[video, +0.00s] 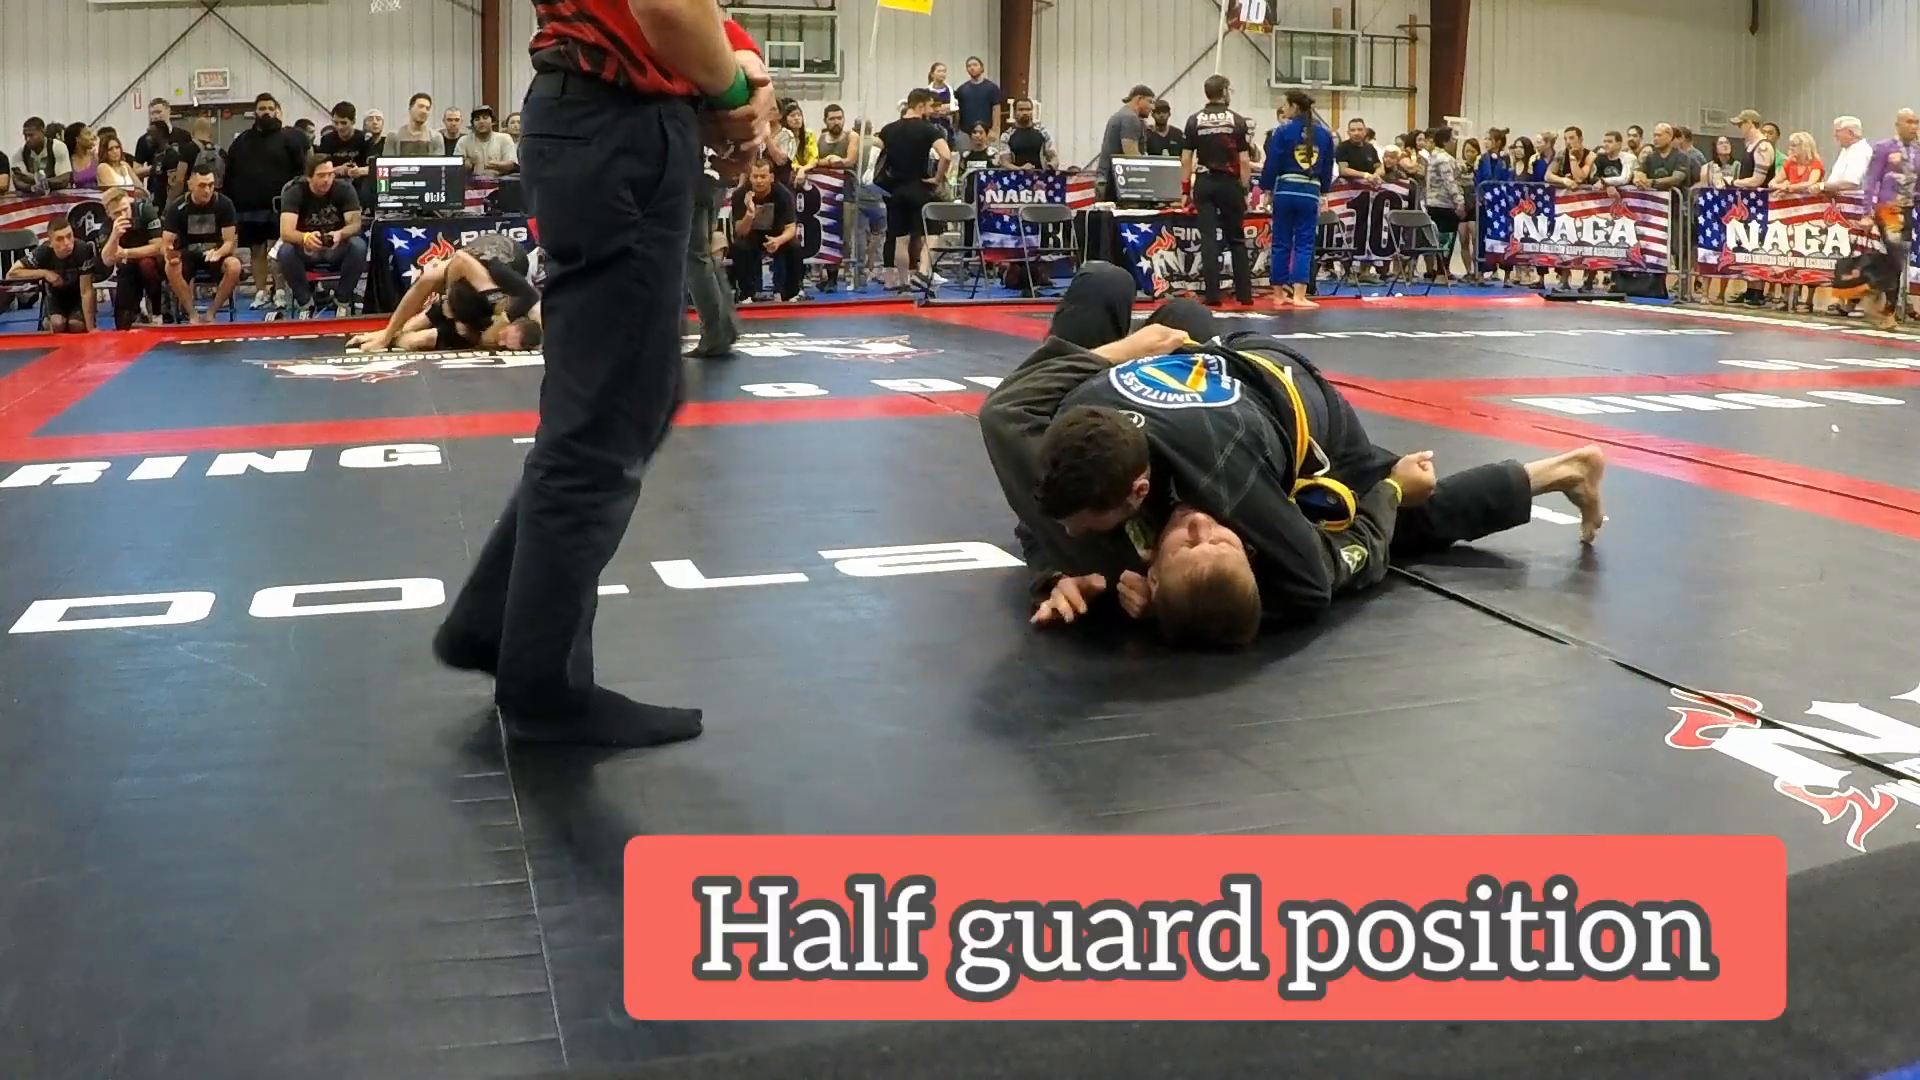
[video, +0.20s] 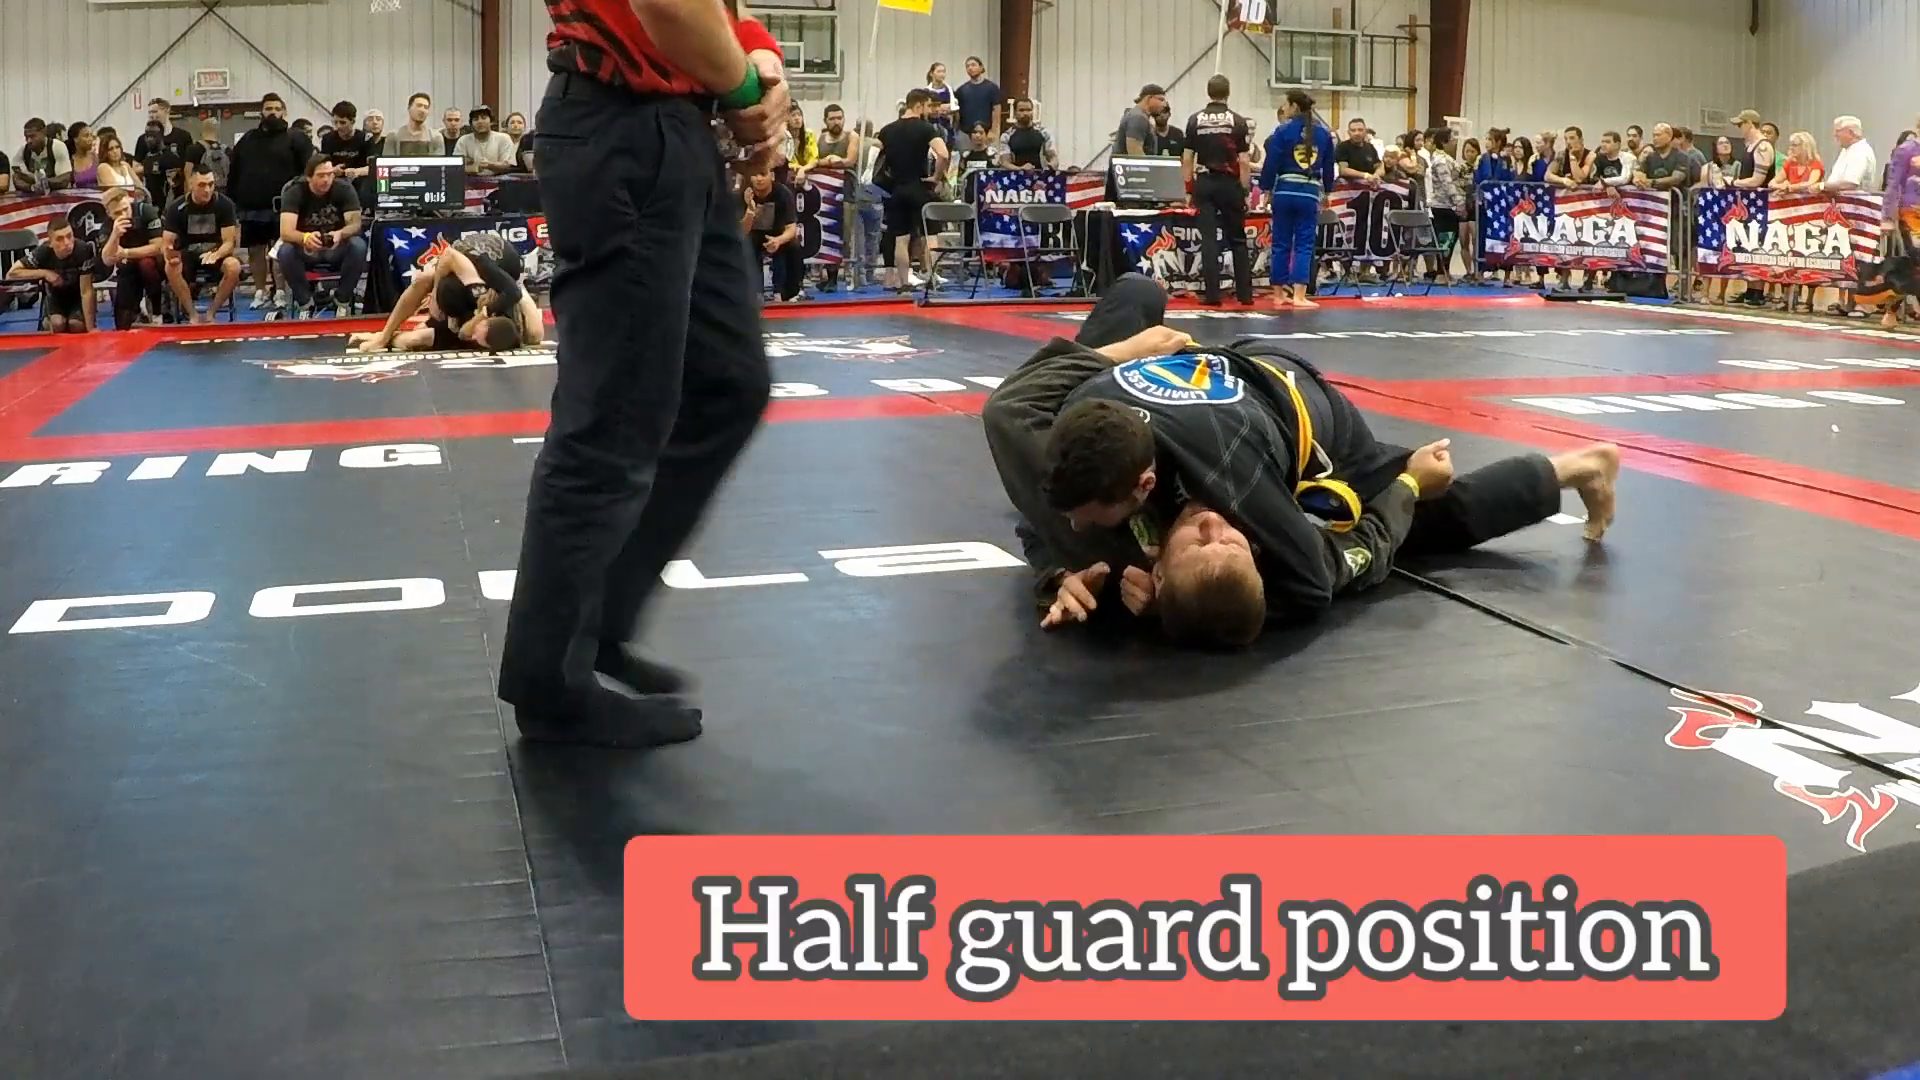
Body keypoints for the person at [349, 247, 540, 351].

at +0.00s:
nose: (438, 304)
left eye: (445, 310)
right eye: (504, 340)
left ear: (460, 318)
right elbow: (460, 260)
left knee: (413, 340)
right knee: (429, 279)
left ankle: (391, 336)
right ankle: (386, 335)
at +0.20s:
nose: (472, 335)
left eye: (476, 340)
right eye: (479, 332)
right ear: (484, 312)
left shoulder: (458, 335)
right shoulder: (506, 294)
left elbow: (414, 341)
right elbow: (451, 256)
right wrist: (435, 294)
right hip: (470, 245)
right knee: (423, 279)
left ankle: (382, 338)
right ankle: (382, 337)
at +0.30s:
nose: (472, 340)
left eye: (477, 346)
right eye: (478, 337)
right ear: (487, 319)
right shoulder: (497, 295)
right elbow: (454, 249)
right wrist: (437, 291)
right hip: (470, 243)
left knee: (538, 337)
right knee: (423, 276)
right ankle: (381, 337)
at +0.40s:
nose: (477, 343)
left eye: (484, 347)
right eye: (482, 337)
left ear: (505, 345)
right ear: (488, 319)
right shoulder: (498, 294)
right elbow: (455, 249)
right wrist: (436, 293)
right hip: (468, 239)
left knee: (539, 337)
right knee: (424, 276)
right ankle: (381, 337)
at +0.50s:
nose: (484, 342)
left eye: (489, 345)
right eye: (487, 336)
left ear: (505, 344)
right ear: (495, 319)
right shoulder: (498, 291)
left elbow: (473, 341)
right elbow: (453, 247)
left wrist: (453, 314)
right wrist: (429, 288)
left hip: (507, 242)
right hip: (464, 236)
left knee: (539, 336)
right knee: (422, 276)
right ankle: (381, 337)